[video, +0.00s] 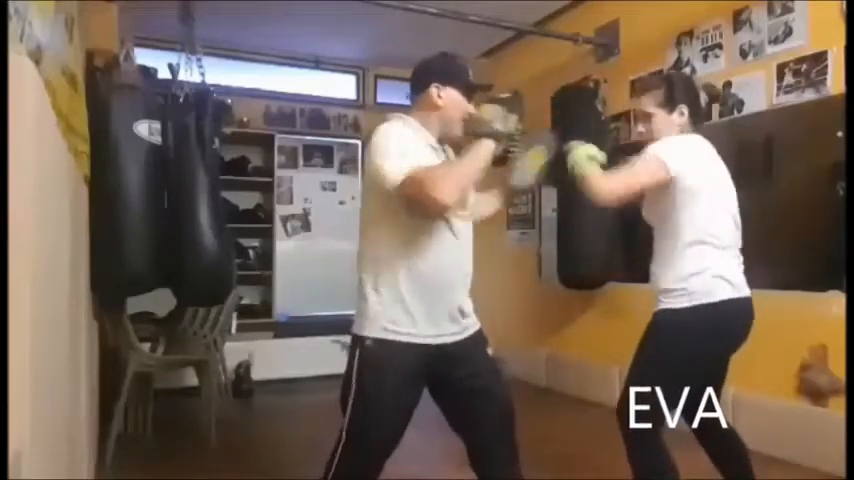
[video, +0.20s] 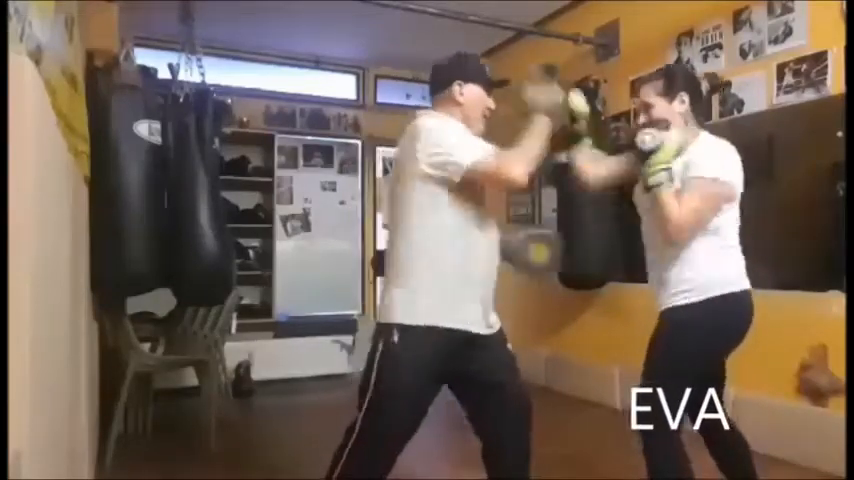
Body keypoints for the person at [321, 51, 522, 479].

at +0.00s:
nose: (472, 109)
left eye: (471, 99)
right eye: (465, 96)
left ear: (439, 96)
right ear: (437, 94)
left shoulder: (444, 152)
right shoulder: (392, 135)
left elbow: (463, 206)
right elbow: (435, 195)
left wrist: (508, 184)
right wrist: (488, 142)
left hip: (456, 333)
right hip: (391, 338)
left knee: (496, 436)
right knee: (360, 458)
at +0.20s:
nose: (492, 104)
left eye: (490, 93)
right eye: (485, 92)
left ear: (458, 93)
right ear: (458, 91)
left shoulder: (463, 144)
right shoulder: (429, 131)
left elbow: (460, 231)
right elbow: (515, 171)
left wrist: (514, 248)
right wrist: (543, 117)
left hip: (473, 324)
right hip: (418, 324)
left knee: (511, 426)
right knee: (372, 447)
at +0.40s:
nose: (528, 97)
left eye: (526, 87)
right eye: (518, 86)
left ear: (494, 90)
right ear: (488, 88)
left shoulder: (531, 142)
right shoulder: (441, 130)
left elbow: (587, 133)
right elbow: (443, 194)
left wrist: (632, 131)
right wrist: (504, 148)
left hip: (490, 321)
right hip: (420, 316)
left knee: (513, 441)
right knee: (375, 445)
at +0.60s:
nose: (528, 108)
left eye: (528, 98)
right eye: (520, 97)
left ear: (492, 99)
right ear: (487, 98)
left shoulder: (524, 137)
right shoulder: (435, 138)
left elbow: (596, 153)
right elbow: (429, 215)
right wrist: (490, 166)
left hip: (491, 318)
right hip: (421, 315)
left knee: (517, 422)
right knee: (380, 430)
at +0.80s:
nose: (494, 113)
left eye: (494, 103)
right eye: (487, 101)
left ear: (460, 101)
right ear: (457, 99)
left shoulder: (474, 153)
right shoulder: (407, 145)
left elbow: (521, 224)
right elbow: (437, 218)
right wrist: (487, 165)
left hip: (473, 327)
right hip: (408, 329)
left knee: (510, 413)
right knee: (372, 443)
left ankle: (511, 475)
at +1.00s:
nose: (451, 104)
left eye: (451, 95)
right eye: (444, 92)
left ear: (414, 93)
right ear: (415, 90)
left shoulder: (427, 144)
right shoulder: (383, 136)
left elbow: (491, 172)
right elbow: (458, 169)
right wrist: (487, 111)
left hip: (450, 324)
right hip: (392, 329)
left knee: (493, 427)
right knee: (363, 449)